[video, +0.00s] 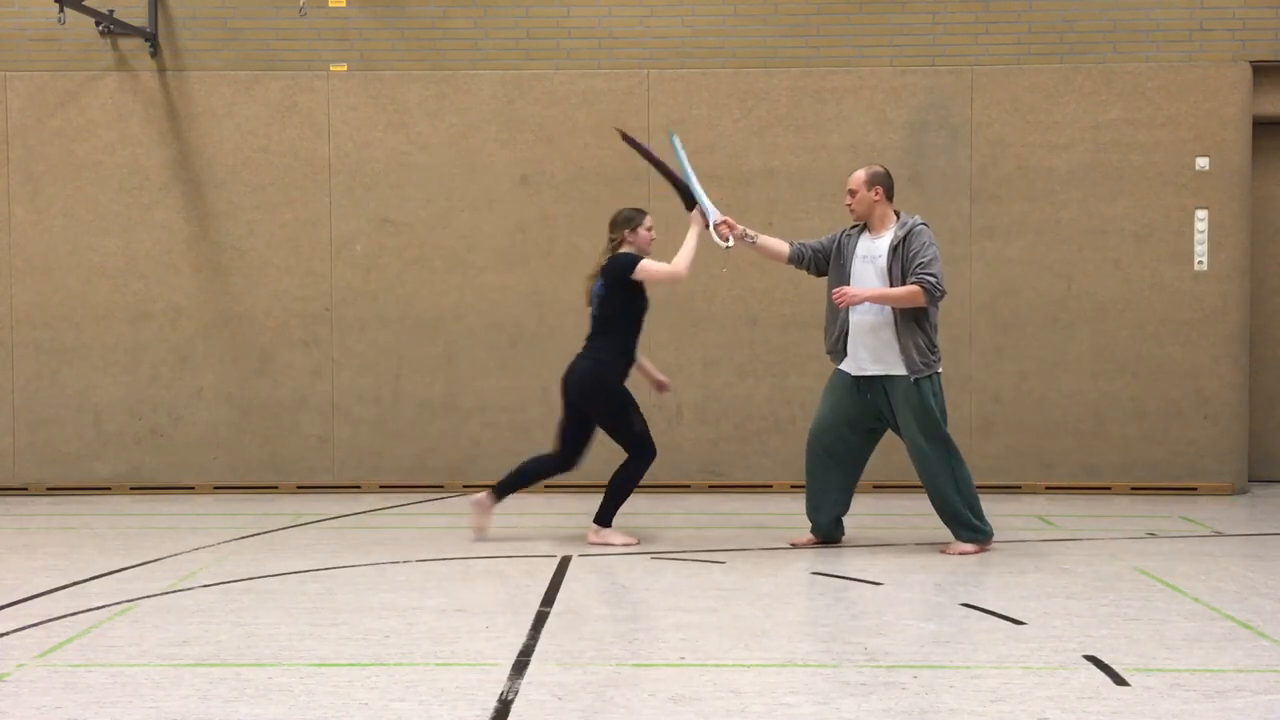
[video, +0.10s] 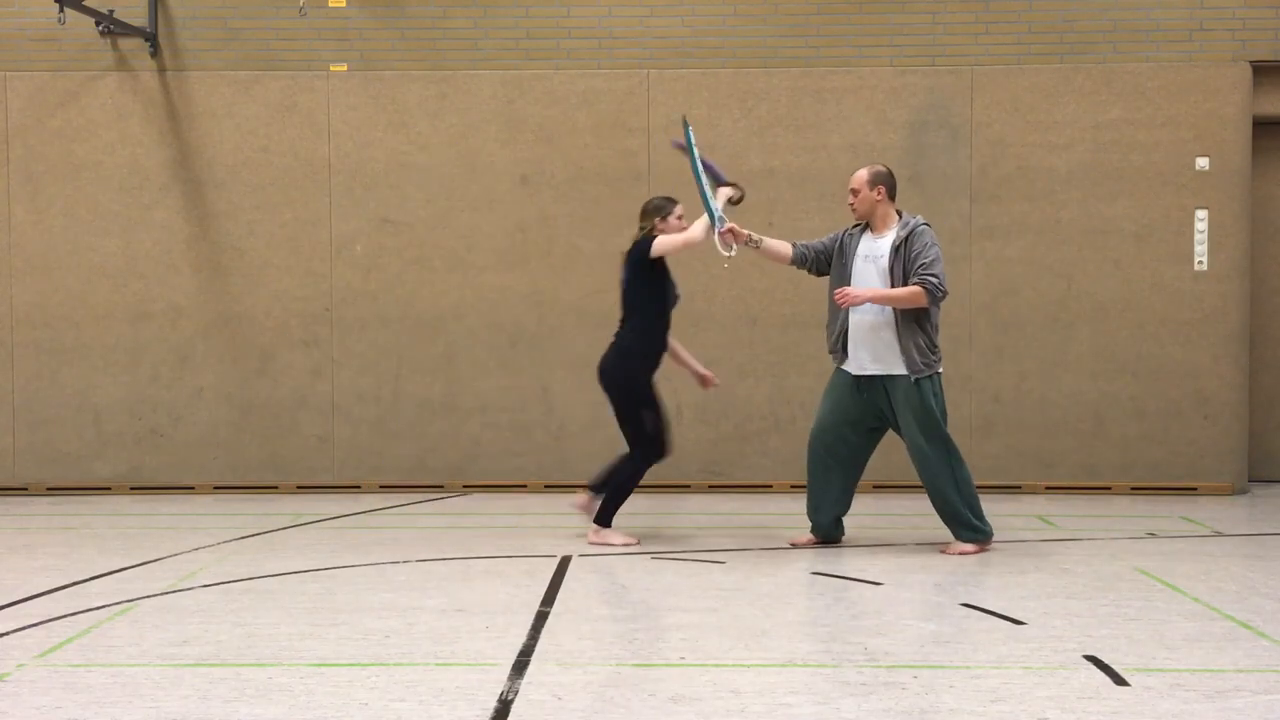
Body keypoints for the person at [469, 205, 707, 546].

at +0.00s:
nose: (653, 235)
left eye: (653, 230)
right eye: (648, 230)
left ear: (627, 236)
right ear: (629, 234)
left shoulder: (613, 269)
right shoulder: (624, 264)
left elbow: (614, 337)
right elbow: (677, 271)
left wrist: (651, 374)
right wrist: (696, 228)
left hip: (582, 378)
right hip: (600, 381)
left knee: (566, 458)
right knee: (643, 452)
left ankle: (489, 499)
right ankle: (601, 528)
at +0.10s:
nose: (684, 224)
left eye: (683, 218)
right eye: (678, 219)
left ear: (659, 224)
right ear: (658, 222)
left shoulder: (656, 264)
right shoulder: (643, 249)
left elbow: (659, 333)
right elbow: (694, 236)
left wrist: (696, 369)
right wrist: (719, 201)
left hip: (635, 368)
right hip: (624, 368)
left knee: (655, 446)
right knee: (646, 449)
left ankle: (591, 494)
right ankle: (601, 528)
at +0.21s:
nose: (707, 218)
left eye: (707, 212)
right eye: (701, 213)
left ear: (689, 217)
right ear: (683, 216)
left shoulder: (684, 262)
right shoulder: (663, 244)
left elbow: (686, 327)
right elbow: (706, 224)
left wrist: (722, 364)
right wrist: (743, 200)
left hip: (673, 366)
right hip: (649, 364)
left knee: (711, 434)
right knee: (643, 448)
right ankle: (602, 526)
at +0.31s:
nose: (735, 219)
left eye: (736, 215)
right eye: (730, 214)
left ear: (725, 217)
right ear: (713, 217)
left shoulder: (722, 266)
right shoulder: (691, 247)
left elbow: (716, 326)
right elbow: (722, 231)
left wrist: (747, 365)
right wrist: (767, 210)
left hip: (708, 366)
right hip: (679, 364)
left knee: (753, 436)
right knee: (652, 444)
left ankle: (777, 516)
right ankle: (607, 520)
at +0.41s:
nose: (763, 229)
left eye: (762, 223)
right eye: (756, 224)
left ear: (742, 231)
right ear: (736, 231)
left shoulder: (752, 275)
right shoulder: (717, 261)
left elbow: (747, 333)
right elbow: (744, 248)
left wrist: (771, 369)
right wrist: (787, 227)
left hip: (745, 379)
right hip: (711, 378)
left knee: (800, 440)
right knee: (674, 447)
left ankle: (805, 522)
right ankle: (617, 520)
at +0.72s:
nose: (813, 235)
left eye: (812, 230)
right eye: (805, 230)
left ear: (800, 238)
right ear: (785, 238)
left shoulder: (810, 282)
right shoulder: (767, 266)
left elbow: (804, 337)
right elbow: (771, 268)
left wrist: (812, 379)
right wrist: (819, 245)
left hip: (786, 382)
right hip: (750, 378)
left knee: (835, 435)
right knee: (709, 448)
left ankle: (807, 518)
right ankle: (653, 519)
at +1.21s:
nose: (784, 237)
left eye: (787, 231)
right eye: (777, 231)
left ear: (790, 233)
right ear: (760, 233)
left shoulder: (791, 275)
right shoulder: (744, 260)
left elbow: (790, 330)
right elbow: (746, 265)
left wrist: (797, 377)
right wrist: (795, 238)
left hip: (773, 376)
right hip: (736, 374)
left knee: (822, 437)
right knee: (708, 451)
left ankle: (805, 520)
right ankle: (658, 524)